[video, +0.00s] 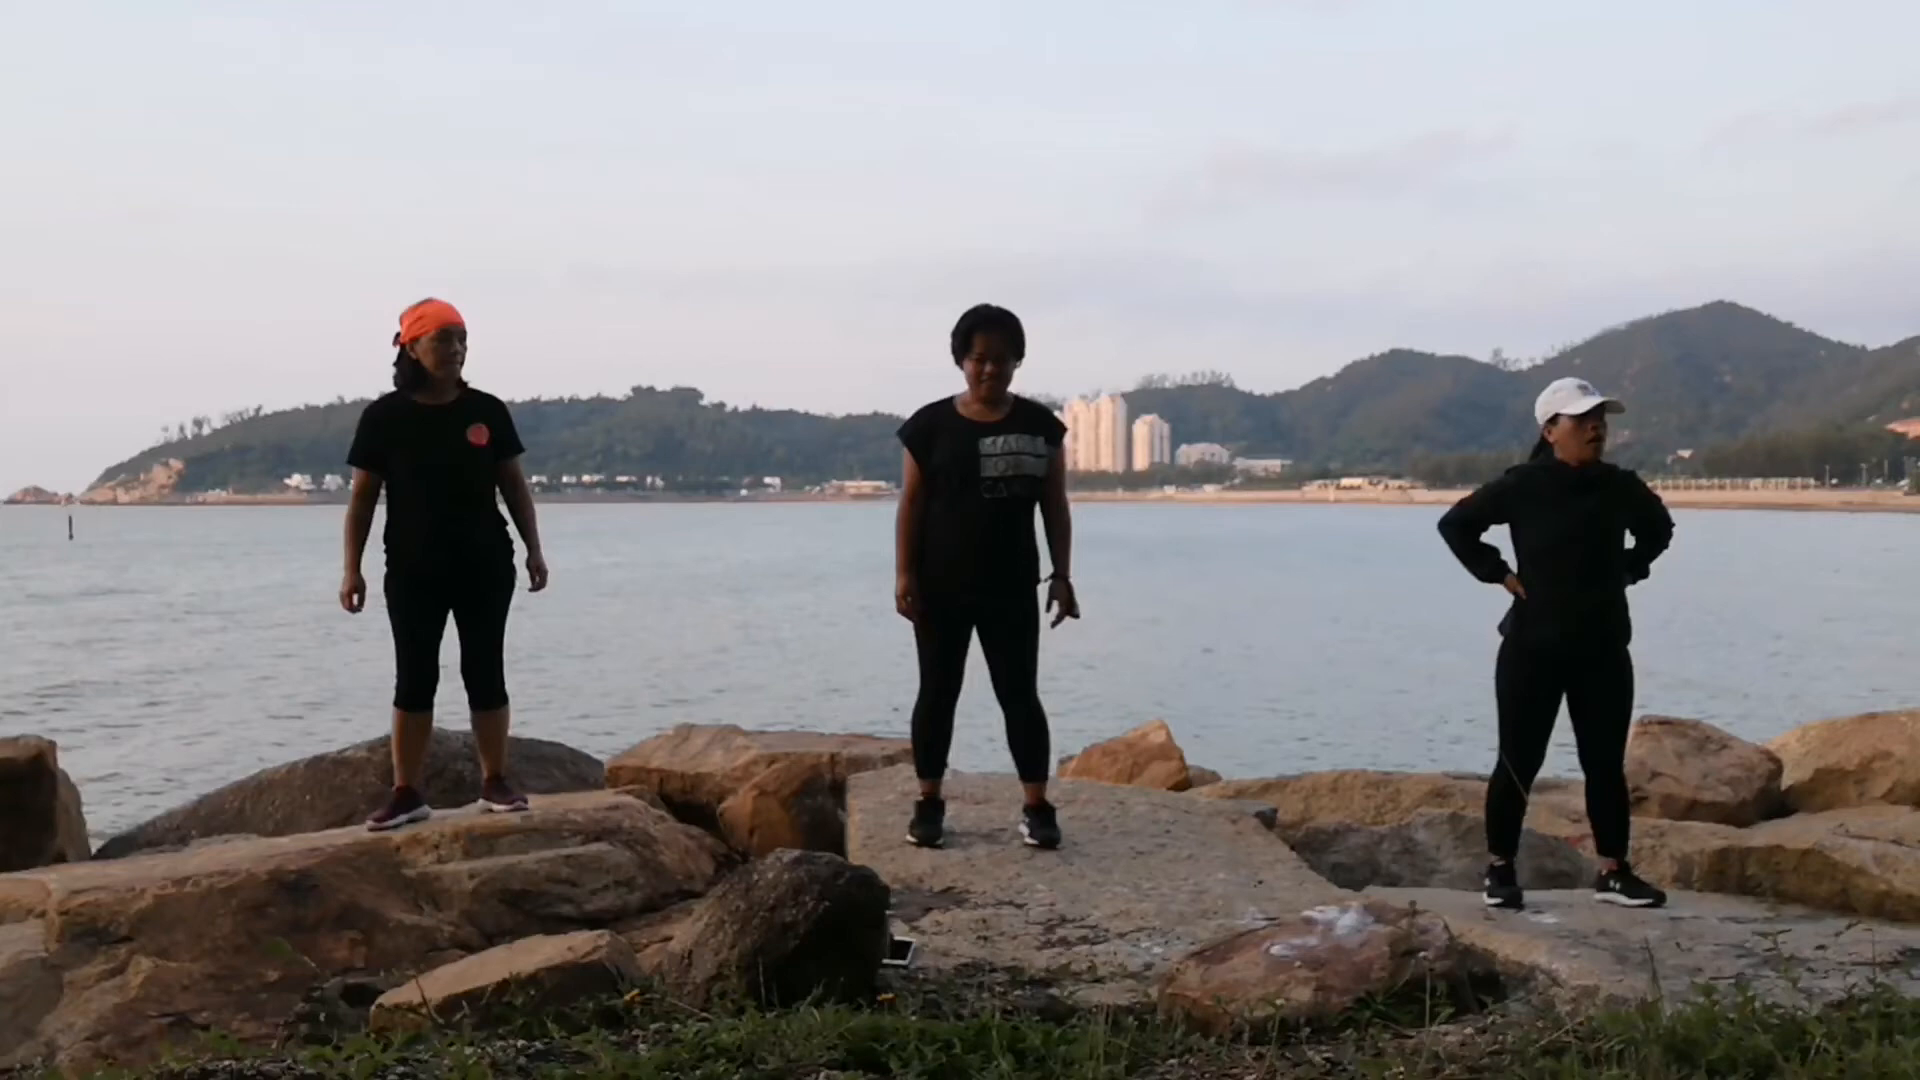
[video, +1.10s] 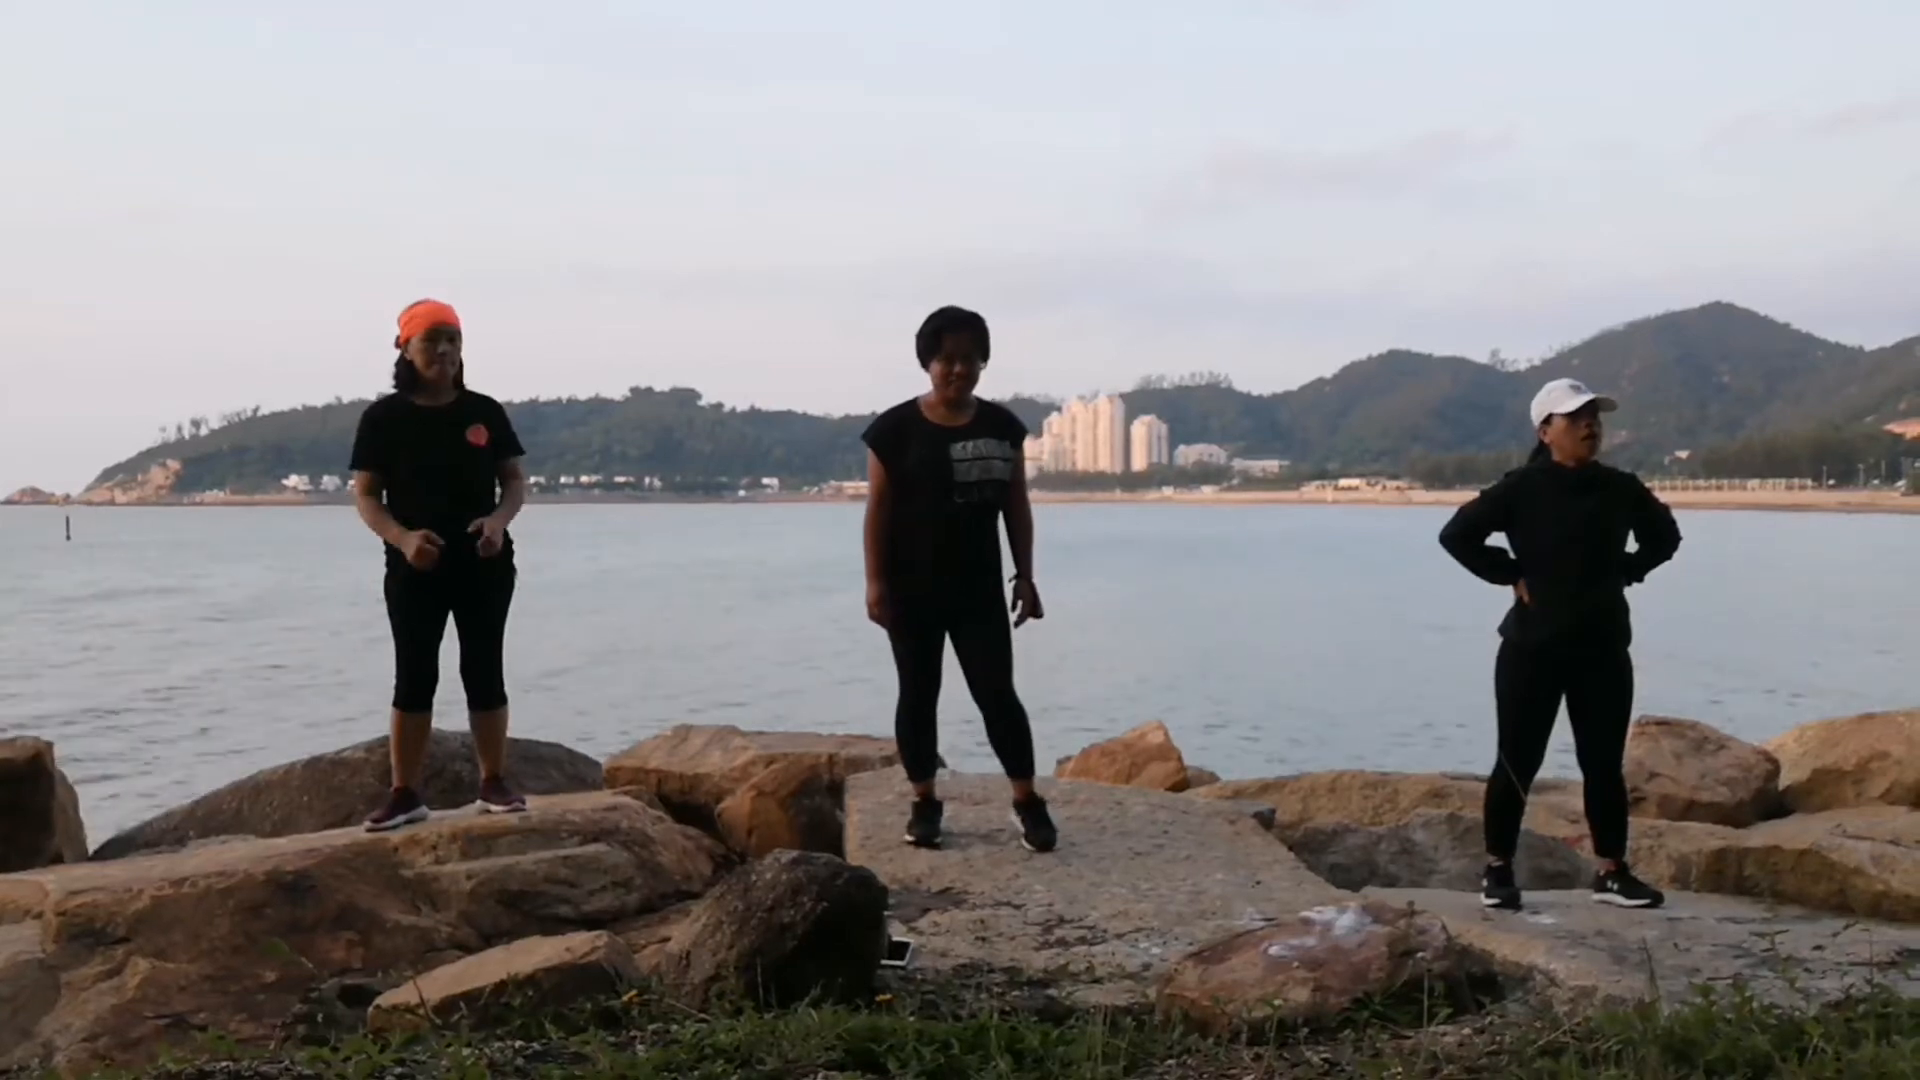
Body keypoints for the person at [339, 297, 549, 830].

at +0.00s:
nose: (454, 347)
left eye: (459, 338)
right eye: (442, 338)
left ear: (466, 345)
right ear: (412, 348)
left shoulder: (488, 411)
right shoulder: (383, 416)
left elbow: (514, 485)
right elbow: (363, 497)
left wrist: (533, 549)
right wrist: (351, 569)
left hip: (484, 567)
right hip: (413, 571)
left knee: (486, 675)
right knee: (414, 682)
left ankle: (495, 782)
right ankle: (405, 791)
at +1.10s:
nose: (443, 349)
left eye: (451, 339)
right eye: (430, 340)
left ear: (461, 346)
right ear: (406, 349)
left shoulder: (486, 412)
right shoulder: (381, 419)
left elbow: (515, 482)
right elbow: (364, 497)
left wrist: (500, 519)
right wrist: (401, 537)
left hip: (482, 562)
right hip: (414, 566)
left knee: (485, 675)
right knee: (413, 681)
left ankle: (493, 783)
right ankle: (405, 792)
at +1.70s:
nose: (442, 349)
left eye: (451, 339)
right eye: (430, 340)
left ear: (464, 347)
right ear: (409, 349)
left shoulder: (488, 414)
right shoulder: (384, 418)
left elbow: (516, 489)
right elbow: (369, 503)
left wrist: (535, 554)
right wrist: (358, 575)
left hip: (481, 569)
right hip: (411, 572)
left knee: (483, 678)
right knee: (406, 686)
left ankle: (493, 783)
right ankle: (402, 794)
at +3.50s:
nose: (438, 349)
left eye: (448, 339)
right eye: (427, 339)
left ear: (461, 348)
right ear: (407, 349)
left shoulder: (484, 415)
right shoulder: (377, 415)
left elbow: (507, 486)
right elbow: (360, 493)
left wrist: (467, 502)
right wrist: (411, 513)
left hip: (471, 564)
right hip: (403, 566)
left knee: (475, 675)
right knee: (403, 680)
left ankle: (487, 785)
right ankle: (398, 795)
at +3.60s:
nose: (437, 350)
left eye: (446, 340)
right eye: (425, 341)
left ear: (460, 348)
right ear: (406, 350)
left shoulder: (483, 416)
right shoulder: (376, 416)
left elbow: (506, 486)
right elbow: (359, 495)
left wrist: (471, 521)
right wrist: (399, 532)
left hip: (470, 565)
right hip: (400, 569)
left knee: (474, 676)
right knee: (402, 682)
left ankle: (486, 785)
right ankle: (397, 795)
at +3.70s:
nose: (435, 351)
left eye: (445, 341)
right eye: (424, 342)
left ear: (458, 349)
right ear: (404, 351)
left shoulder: (481, 418)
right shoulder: (375, 418)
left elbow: (501, 495)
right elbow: (360, 499)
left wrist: (490, 554)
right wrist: (374, 567)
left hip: (468, 572)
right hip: (399, 574)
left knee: (474, 679)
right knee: (401, 686)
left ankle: (486, 785)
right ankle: (397, 795)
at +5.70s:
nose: (435, 350)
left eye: (442, 340)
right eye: (423, 341)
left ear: (452, 348)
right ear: (397, 350)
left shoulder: (475, 416)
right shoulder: (370, 421)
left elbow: (499, 490)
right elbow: (351, 504)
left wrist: (500, 549)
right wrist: (361, 569)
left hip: (466, 571)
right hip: (398, 574)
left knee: (470, 680)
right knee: (398, 687)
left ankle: (480, 787)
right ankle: (390, 797)